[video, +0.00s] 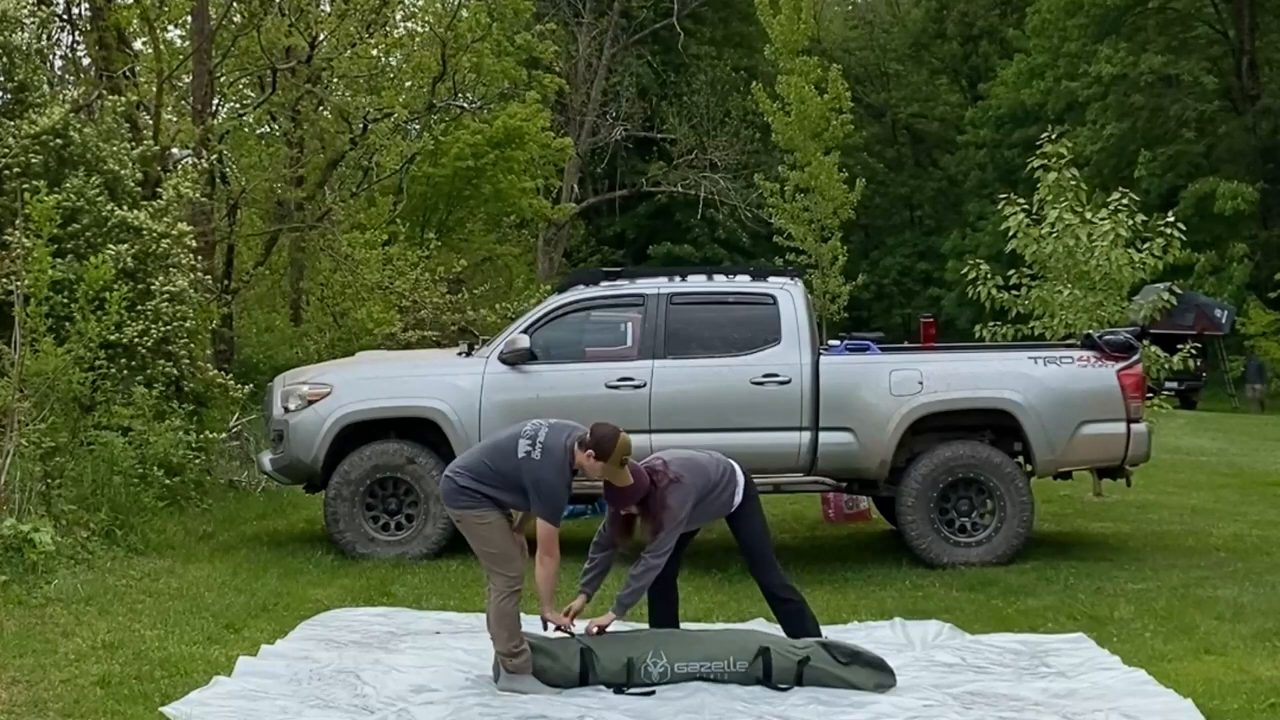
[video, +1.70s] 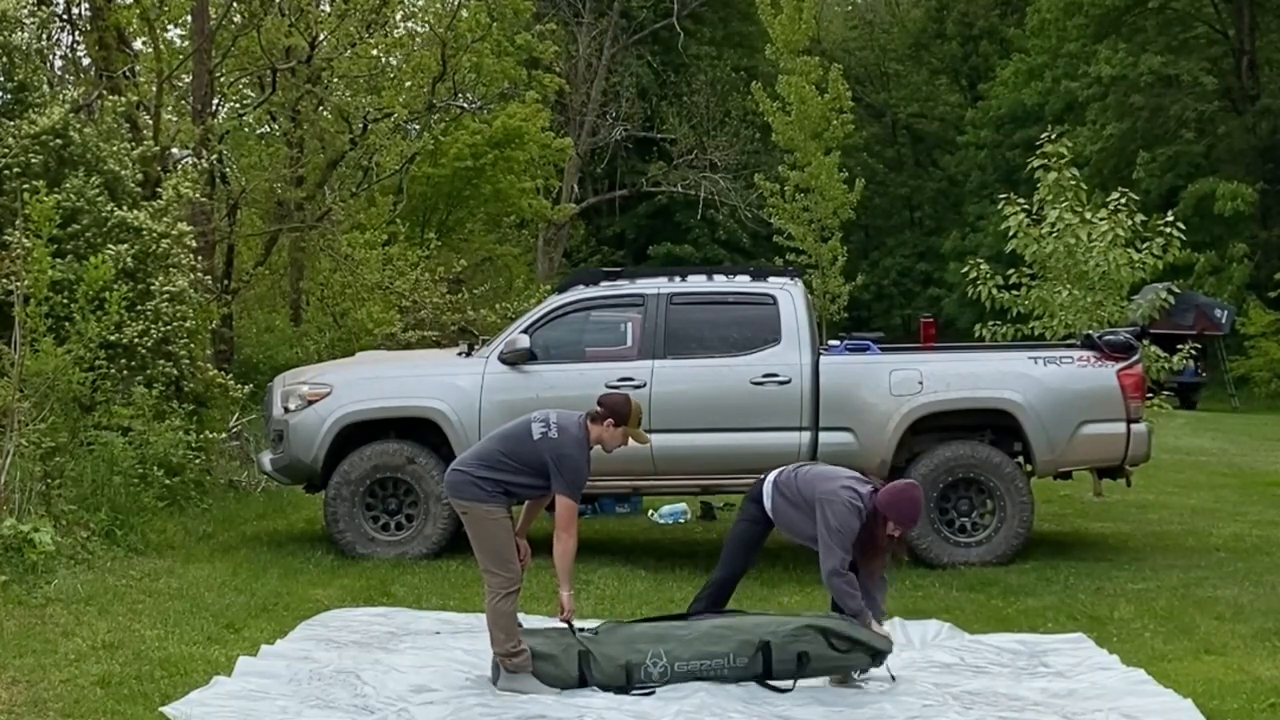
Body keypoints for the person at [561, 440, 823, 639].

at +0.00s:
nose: (625, 514)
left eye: (629, 508)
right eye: (620, 509)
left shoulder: (673, 490)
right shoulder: (620, 486)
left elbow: (655, 557)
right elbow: (606, 541)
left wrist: (615, 613)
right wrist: (583, 595)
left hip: (734, 488)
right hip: (687, 501)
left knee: (768, 577)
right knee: (662, 575)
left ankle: (815, 649)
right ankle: (666, 652)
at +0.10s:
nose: (639, 503)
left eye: (642, 497)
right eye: (634, 499)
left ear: (654, 484)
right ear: (627, 488)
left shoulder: (686, 479)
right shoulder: (632, 481)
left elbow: (674, 548)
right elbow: (622, 534)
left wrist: (639, 602)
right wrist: (607, 587)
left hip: (739, 487)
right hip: (693, 497)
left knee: (771, 577)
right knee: (667, 571)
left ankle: (814, 649)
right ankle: (666, 648)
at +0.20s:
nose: (681, 491)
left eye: (685, 485)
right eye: (674, 487)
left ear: (694, 473)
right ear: (658, 475)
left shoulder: (716, 474)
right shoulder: (653, 476)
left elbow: (713, 545)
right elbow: (649, 529)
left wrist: (681, 599)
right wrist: (646, 581)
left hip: (749, 489)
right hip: (697, 499)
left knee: (777, 576)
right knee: (672, 572)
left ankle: (816, 649)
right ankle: (667, 645)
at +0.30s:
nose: (735, 484)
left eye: (740, 479)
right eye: (728, 480)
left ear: (749, 466)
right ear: (711, 470)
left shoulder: (764, 474)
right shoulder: (690, 472)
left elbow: (774, 538)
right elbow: (679, 531)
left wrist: (773, 602)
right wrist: (693, 582)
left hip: (762, 500)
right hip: (713, 505)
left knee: (791, 574)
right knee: (682, 573)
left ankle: (821, 650)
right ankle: (668, 643)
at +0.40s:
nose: (795, 492)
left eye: (800, 487)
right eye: (790, 487)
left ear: (808, 475)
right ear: (774, 478)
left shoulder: (813, 485)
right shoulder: (741, 481)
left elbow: (837, 538)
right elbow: (742, 543)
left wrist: (858, 599)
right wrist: (771, 596)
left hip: (792, 509)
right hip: (740, 508)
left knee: (820, 572)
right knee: (704, 566)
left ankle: (833, 645)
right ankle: (673, 638)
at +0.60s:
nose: (870, 525)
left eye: (877, 520)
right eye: (867, 517)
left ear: (886, 515)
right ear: (856, 505)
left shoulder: (878, 515)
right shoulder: (817, 502)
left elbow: (884, 573)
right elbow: (807, 567)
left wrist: (896, 638)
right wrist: (840, 615)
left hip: (824, 511)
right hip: (770, 496)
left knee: (847, 574)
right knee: (729, 571)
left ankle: (846, 644)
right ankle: (685, 640)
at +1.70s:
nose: (894, 532)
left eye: (902, 528)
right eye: (892, 524)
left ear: (908, 524)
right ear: (880, 510)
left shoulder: (880, 514)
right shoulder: (842, 503)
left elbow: (872, 574)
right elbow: (834, 572)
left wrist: (875, 621)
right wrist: (867, 620)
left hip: (820, 510)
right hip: (770, 494)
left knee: (852, 576)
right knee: (726, 576)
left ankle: (841, 662)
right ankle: (686, 638)